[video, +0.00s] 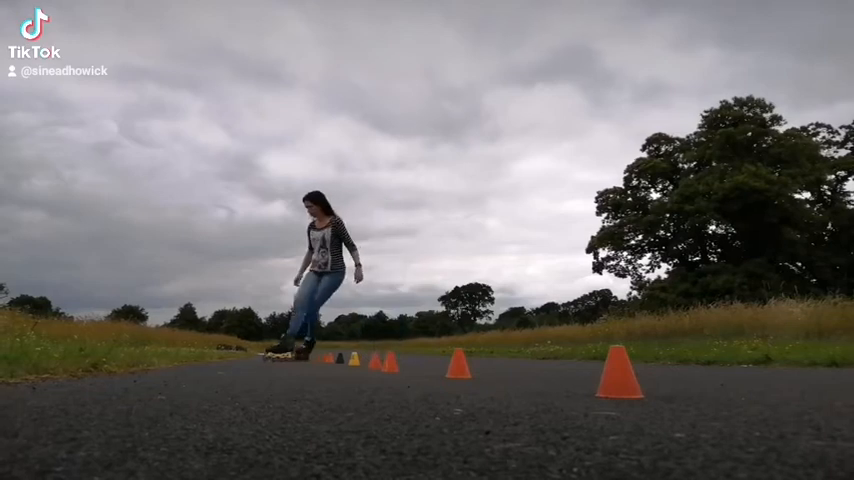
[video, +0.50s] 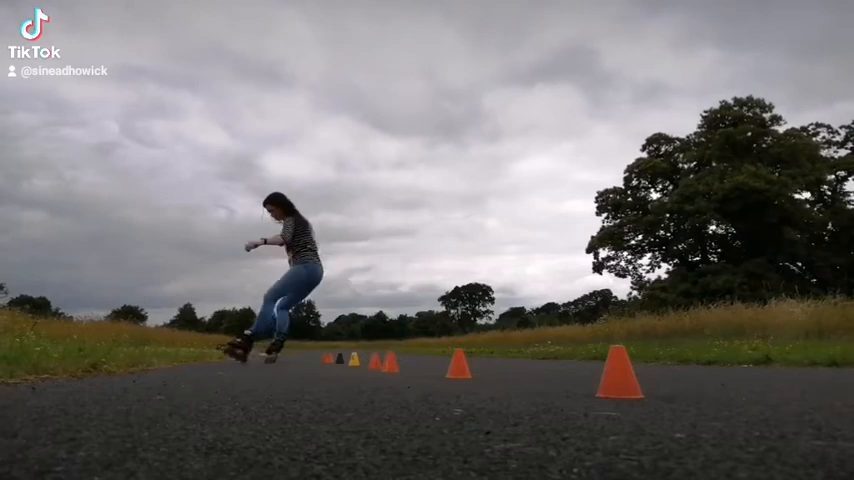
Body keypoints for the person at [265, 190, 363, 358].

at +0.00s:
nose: (308, 210)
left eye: (310, 207)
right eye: (306, 207)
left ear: (319, 205)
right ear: (309, 208)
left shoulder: (336, 222)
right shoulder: (312, 227)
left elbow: (350, 245)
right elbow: (310, 252)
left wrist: (358, 266)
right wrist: (300, 273)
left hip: (333, 271)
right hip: (315, 270)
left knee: (313, 303)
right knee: (300, 300)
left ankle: (309, 341)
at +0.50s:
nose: (271, 215)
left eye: (272, 211)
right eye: (269, 212)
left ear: (281, 207)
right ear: (283, 207)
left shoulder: (291, 220)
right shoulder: (300, 221)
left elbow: (284, 239)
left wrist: (260, 242)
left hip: (305, 267)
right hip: (315, 271)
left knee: (270, 297)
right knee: (282, 306)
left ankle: (249, 339)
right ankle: (278, 342)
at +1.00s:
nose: (299, 208)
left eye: (300, 203)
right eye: (297, 204)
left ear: (309, 198)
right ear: (313, 198)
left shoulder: (322, 213)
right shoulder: (329, 210)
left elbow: (335, 235)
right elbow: (327, 241)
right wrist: (311, 258)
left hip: (348, 257)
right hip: (360, 254)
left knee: (338, 300)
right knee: (359, 303)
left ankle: (355, 342)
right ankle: (395, 335)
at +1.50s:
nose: (341, 180)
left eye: (343, 175)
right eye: (339, 177)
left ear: (356, 172)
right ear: (338, 178)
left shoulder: (373, 192)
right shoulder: (343, 198)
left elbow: (400, 205)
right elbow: (325, 218)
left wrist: (428, 211)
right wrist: (307, 235)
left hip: (380, 250)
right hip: (359, 252)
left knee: (385, 295)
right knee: (367, 293)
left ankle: (419, 331)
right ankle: (372, 336)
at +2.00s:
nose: (324, 164)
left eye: (326, 159)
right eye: (321, 160)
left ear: (339, 157)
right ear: (323, 162)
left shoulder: (358, 180)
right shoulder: (326, 184)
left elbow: (383, 200)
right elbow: (319, 210)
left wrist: (409, 212)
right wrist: (299, 231)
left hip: (352, 242)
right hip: (328, 243)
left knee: (344, 293)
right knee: (332, 287)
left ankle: (352, 338)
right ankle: (332, 337)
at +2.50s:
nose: (279, 164)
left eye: (279, 159)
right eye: (277, 160)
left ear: (287, 154)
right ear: (296, 151)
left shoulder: (298, 170)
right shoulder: (318, 170)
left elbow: (293, 206)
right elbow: (340, 206)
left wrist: (275, 232)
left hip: (314, 231)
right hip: (325, 232)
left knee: (280, 276)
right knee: (286, 280)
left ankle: (274, 334)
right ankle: (283, 334)